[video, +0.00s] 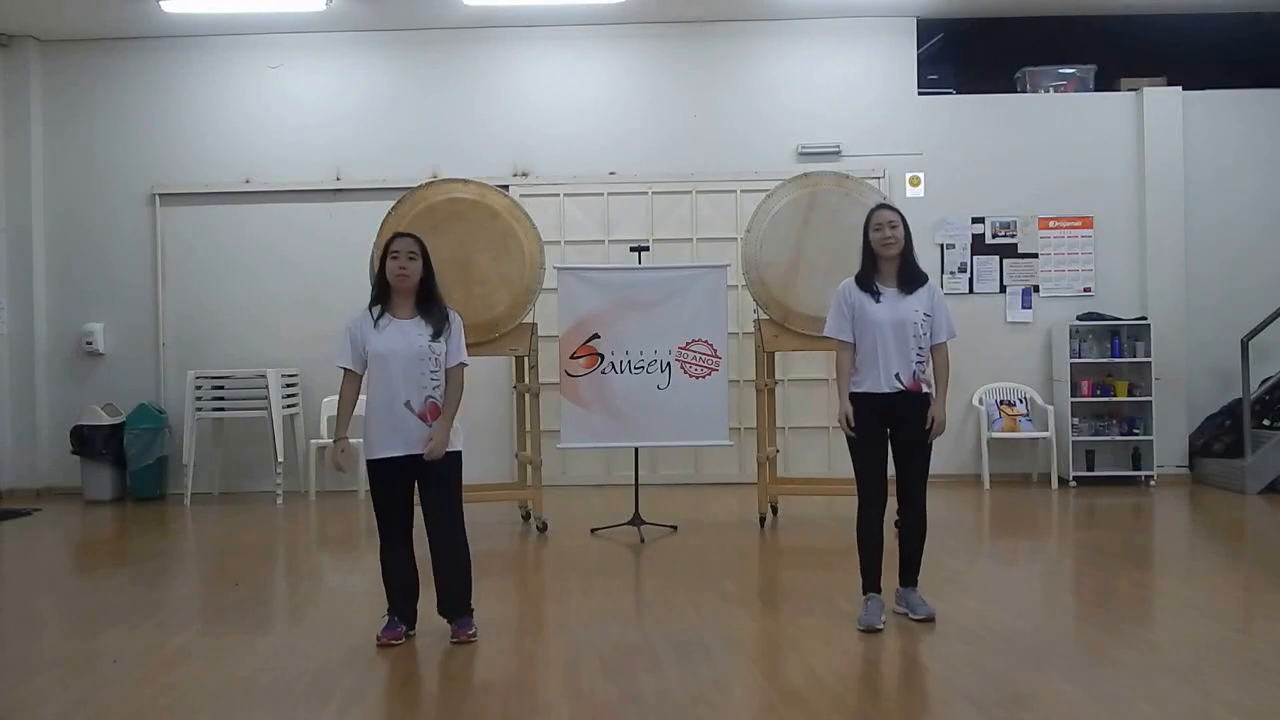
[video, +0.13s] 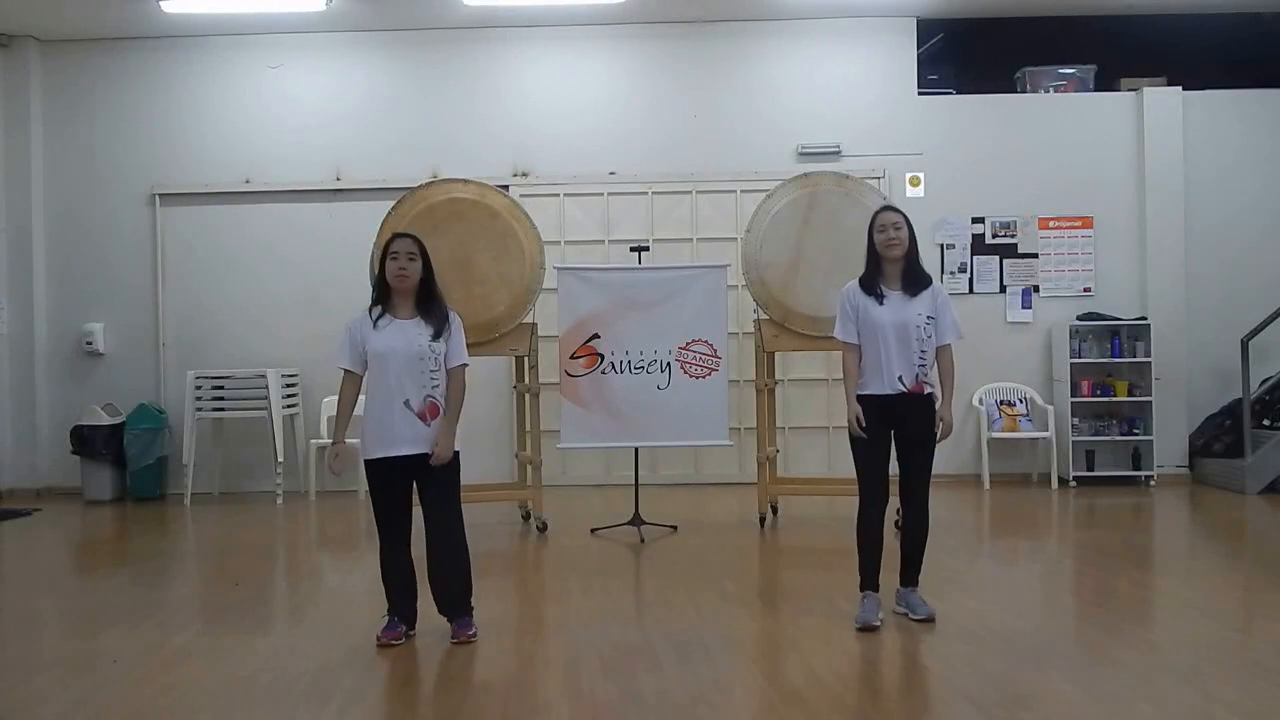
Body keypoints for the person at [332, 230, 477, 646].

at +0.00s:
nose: (402, 264)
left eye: (411, 257)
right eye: (394, 257)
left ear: (424, 268)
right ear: (383, 266)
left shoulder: (446, 320)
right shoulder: (364, 325)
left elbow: (456, 379)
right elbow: (351, 380)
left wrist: (443, 430)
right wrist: (340, 435)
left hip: (438, 445)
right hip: (386, 449)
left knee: (448, 533)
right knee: (394, 538)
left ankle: (460, 614)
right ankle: (400, 616)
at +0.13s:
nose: (402, 264)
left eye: (411, 258)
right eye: (394, 258)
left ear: (424, 268)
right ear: (383, 267)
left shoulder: (445, 321)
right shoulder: (363, 325)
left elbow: (457, 379)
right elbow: (351, 381)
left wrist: (447, 432)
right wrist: (338, 438)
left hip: (436, 446)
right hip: (383, 450)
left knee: (447, 534)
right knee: (393, 539)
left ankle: (460, 614)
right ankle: (400, 617)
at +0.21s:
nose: (402, 265)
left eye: (411, 259)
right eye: (394, 259)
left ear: (424, 269)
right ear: (383, 268)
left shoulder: (445, 322)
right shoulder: (363, 326)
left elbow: (458, 381)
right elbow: (350, 382)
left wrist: (453, 434)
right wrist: (339, 440)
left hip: (435, 447)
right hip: (382, 451)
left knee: (447, 534)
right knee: (392, 538)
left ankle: (460, 614)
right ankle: (400, 616)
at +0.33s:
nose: (403, 265)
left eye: (412, 259)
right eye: (395, 259)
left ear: (425, 270)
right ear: (383, 268)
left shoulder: (446, 324)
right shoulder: (363, 327)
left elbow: (458, 381)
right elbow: (350, 383)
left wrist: (466, 435)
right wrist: (340, 442)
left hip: (438, 446)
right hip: (383, 450)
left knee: (446, 531)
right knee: (392, 538)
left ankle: (460, 613)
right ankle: (400, 616)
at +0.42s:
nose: (406, 265)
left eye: (415, 259)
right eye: (398, 258)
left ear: (428, 269)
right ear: (387, 267)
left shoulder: (449, 323)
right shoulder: (366, 325)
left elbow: (462, 380)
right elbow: (354, 382)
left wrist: (472, 435)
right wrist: (343, 439)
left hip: (440, 447)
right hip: (386, 449)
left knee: (447, 534)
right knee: (394, 538)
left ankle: (458, 616)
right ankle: (399, 616)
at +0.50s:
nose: (409, 265)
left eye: (418, 259)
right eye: (401, 258)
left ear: (431, 269)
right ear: (390, 267)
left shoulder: (452, 324)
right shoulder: (370, 325)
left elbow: (466, 380)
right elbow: (357, 382)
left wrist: (476, 434)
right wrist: (345, 440)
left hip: (443, 448)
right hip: (388, 450)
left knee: (447, 535)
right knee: (395, 538)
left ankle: (458, 616)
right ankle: (400, 617)